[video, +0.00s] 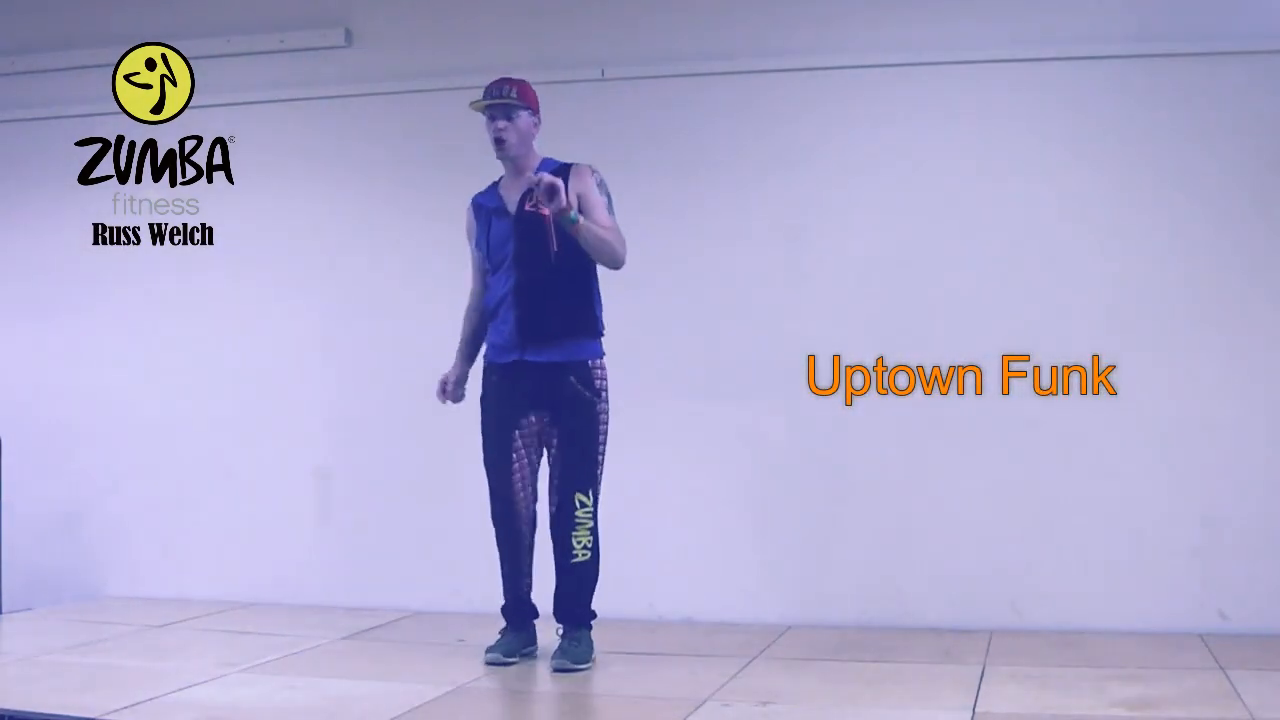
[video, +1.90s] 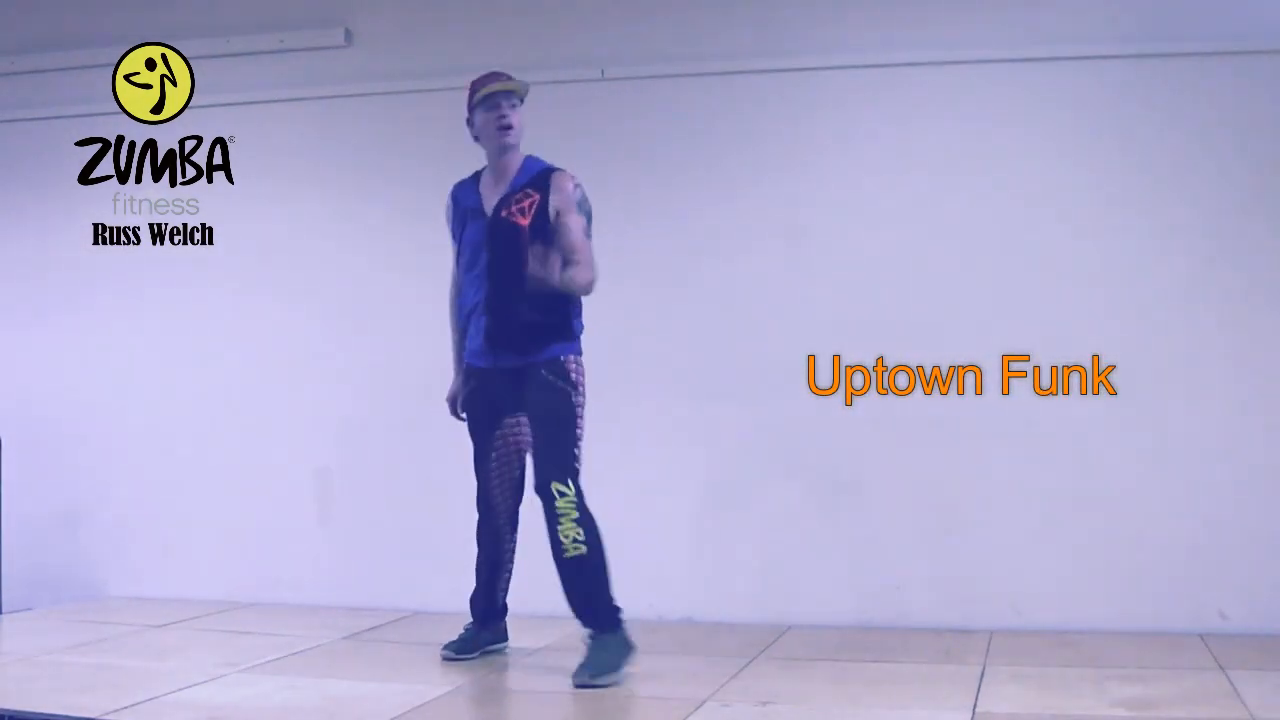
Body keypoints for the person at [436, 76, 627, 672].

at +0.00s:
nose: (498, 127)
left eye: (508, 116)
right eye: (490, 119)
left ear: (534, 121)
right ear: (484, 129)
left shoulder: (578, 180)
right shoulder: (482, 206)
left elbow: (615, 254)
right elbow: (480, 292)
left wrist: (568, 213)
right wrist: (461, 363)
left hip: (575, 368)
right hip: (508, 371)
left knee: (574, 505)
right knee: (510, 505)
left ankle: (576, 629)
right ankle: (518, 627)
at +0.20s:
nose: (490, 137)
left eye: (500, 127)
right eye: (482, 129)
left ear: (525, 133)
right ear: (475, 139)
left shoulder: (568, 192)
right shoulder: (472, 219)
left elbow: (615, 267)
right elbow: (469, 309)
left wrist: (574, 299)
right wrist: (466, 393)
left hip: (570, 368)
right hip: (506, 374)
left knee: (562, 497)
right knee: (509, 502)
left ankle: (568, 621)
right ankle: (517, 626)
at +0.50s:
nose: (512, 124)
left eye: (522, 113)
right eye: (502, 116)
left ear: (546, 121)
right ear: (493, 129)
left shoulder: (584, 185)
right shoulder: (489, 205)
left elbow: (645, 256)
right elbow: (482, 293)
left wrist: (641, 224)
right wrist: (460, 375)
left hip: (585, 370)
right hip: (520, 376)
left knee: (597, 503)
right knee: (524, 505)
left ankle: (621, 633)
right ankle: (518, 628)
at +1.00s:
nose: (543, 137)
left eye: (552, 125)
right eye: (532, 130)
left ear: (575, 128)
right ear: (523, 138)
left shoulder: (610, 200)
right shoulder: (524, 204)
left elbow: (629, 295)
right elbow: (518, 297)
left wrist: (657, 290)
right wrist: (505, 375)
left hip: (596, 375)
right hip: (535, 376)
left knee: (597, 502)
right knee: (508, 492)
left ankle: (621, 634)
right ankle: (561, 608)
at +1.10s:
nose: (540, 143)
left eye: (549, 131)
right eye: (530, 135)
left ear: (571, 133)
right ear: (521, 142)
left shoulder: (601, 205)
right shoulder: (517, 205)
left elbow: (620, 296)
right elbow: (511, 292)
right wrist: (498, 373)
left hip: (580, 382)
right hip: (520, 382)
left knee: (593, 512)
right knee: (482, 489)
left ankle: (620, 634)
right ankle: (511, 609)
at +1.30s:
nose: (518, 137)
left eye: (528, 126)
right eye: (509, 129)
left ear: (551, 128)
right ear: (499, 136)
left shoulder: (574, 204)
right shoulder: (488, 196)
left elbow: (585, 301)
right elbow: (472, 279)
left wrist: (522, 357)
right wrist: (451, 358)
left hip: (551, 371)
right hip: (490, 369)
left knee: (553, 494)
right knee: (491, 498)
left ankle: (600, 625)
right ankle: (486, 624)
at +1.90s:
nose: (504, 114)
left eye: (510, 104)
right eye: (490, 107)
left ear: (524, 114)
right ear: (472, 124)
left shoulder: (556, 185)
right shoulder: (462, 197)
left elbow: (584, 275)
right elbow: (460, 290)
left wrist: (550, 275)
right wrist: (459, 369)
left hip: (551, 364)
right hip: (487, 368)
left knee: (560, 494)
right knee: (495, 501)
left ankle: (607, 634)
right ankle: (488, 623)